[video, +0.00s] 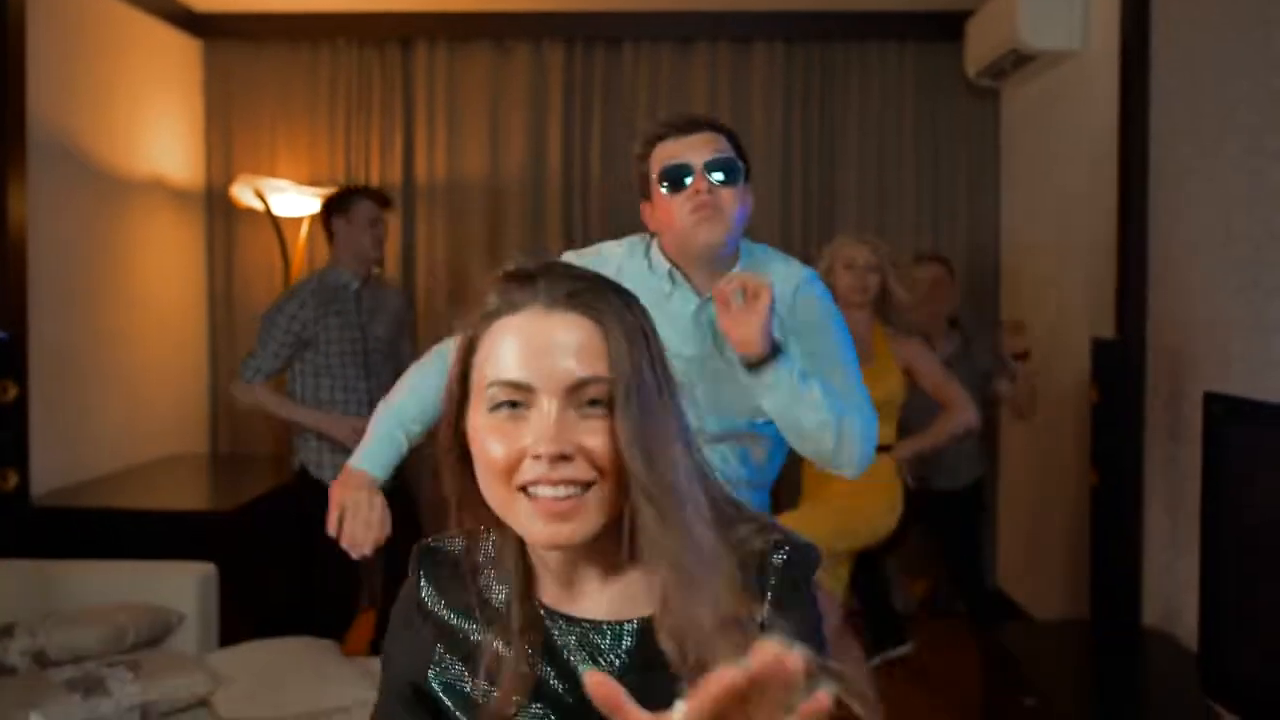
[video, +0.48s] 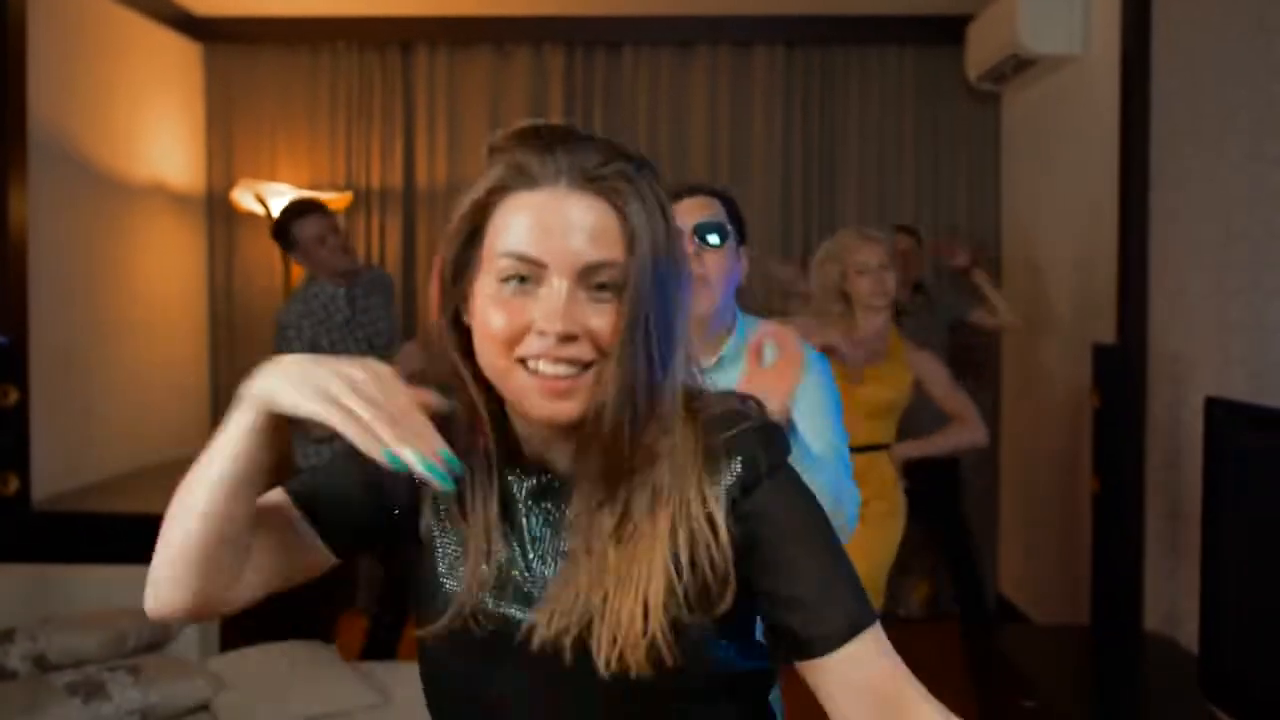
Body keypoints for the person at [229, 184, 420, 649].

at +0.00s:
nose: (381, 235)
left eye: (383, 225)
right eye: (371, 224)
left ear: (385, 231)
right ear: (336, 228)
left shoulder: (394, 301)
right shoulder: (306, 301)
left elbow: (409, 380)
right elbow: (246, 386)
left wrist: (393, 426)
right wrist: (328, 422)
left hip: (390, 473)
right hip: (324, 477)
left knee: (400, 594)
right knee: (331, 603)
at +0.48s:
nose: (337, 245)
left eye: (335, 233)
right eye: (321, 241)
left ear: (344, 231)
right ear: (299, 257)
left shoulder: (379, 289)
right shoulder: (298, 317)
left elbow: (393, 361)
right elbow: (308, 415)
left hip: (390, 453)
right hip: (328, 461)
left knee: (399, 570)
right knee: (325, 580)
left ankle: (376, 666)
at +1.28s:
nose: (409, 255)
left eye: (410, 245)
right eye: (396, 248)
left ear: (413, 249)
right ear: (367, 256)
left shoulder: (392, 312)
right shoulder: (355, 314)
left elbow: (388, 397)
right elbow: (313, 411)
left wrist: (418, 417)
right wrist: (397, 423)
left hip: (384, 478)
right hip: (353, 483)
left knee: (379, 602)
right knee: (357, 606)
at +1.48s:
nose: (420, 243)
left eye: (423, 236)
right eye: (411, 233)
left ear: (420, 242)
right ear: (379, 233)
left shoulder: (398, 298)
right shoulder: (355, 296)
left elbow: (393, 379)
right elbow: (303, 378)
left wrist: (424, 401)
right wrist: (378, 407)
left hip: (389, 462)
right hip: (355, 467)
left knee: (386, 579)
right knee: (357, 583)